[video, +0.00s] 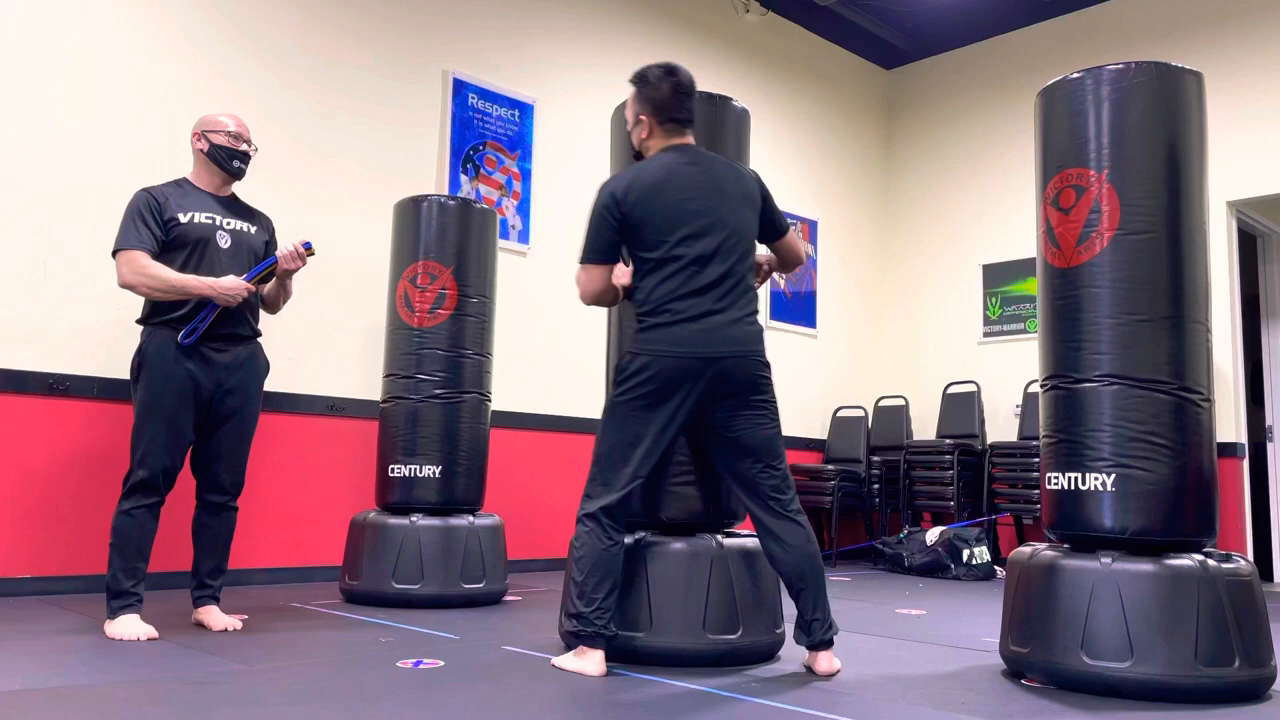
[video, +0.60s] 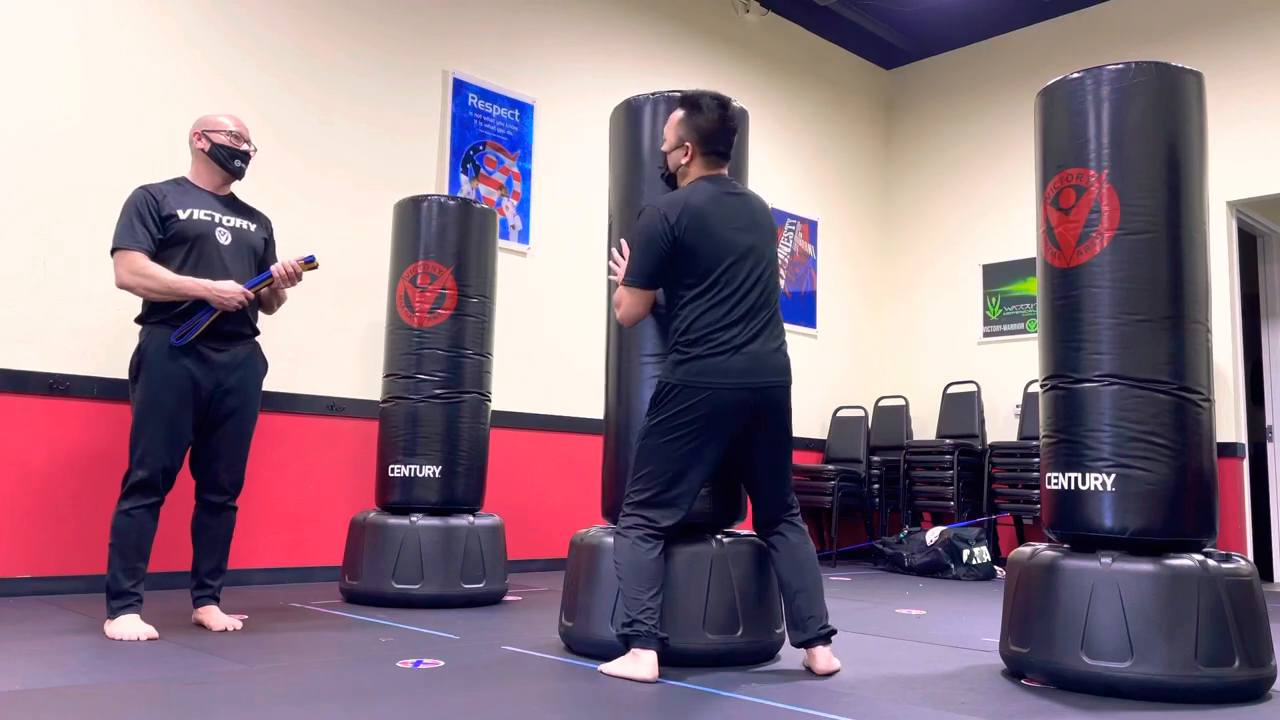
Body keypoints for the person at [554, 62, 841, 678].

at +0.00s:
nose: (628, 124)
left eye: (630, 115)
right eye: (630, 114)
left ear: (644, 121)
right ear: (689, 118)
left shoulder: (621, 190)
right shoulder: (742, 178)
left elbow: (592, 290)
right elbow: (794, 256)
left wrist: (625, 278)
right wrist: (767, 262)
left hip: (662, 355)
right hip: (740, 354)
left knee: (607, 501)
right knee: (775, 494)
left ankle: (588, 647)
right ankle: (821, 645)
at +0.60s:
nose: (662, 151)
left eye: (667, 142)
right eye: (664, 141)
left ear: (689, 149)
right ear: (720, 150)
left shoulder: (667, 213)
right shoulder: (756, 208)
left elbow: (629, 311)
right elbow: (732, 285)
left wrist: (629, 279)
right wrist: (652, 274)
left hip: (700, 381)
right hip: (770, 379)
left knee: (644, 518)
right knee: (780, 513)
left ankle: (641, 652)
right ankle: (819, 646)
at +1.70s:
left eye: (584, 73)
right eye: (637, 72)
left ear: (574, 77)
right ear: (641, 78)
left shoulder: (538, 149)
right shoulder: (680, 146)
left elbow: (510, 258)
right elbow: (710, 253)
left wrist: (507, 342)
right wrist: (730, 341)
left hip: (571, 330)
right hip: (655, 327)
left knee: (598, 486)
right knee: (682, 475)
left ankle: (625, 650)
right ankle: (621, 611)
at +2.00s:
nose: (596, 64)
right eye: (596, 54)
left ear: (523, 63)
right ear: (589, 54)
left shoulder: (479, 131)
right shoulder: (610, 117)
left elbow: (451, 237)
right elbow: (652, 231)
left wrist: (425, 330)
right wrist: (657, 326)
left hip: (496, 318)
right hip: (572, 310)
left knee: (533, 471)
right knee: (567, 487)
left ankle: (525, 626)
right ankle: (538, 678)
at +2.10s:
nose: (570, 48)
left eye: (563, 38)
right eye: (568, 38)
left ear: (499, 49)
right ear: (562, 40)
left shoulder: (460, 124)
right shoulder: (581, 99)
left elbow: (437, 235)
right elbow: (620, 203)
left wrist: (435, 330)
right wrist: (625, 285)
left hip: (471, 311)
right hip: (544, 307)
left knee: (485, 474)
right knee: (541, 490)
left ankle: (430, 626)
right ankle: (532, 680)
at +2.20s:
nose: (547, 54)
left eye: (542, 42)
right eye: (544, 43)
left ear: (476, 52)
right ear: (533, 44)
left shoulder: (437, 125)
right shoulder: (541, 101)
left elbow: (421, 242)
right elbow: (580, 197)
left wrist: (444, 305)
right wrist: (599, 250)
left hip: (443, 311)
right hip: (513, 308)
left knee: (432, 485)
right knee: (528, 494)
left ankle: (348, 638)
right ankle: (530, 681)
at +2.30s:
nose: (519, 60)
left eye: (516, 47)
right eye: (517, 47)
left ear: (448, 55)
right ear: (501, 48)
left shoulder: (416, 124)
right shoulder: (500, 105)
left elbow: (414, 237)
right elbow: (532, 199)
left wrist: (497, 280)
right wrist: (575, 224)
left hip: (407, 316)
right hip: (469, 313)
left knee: (379, 487)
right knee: (509, 488)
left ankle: (325, 656)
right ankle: (528, 678)